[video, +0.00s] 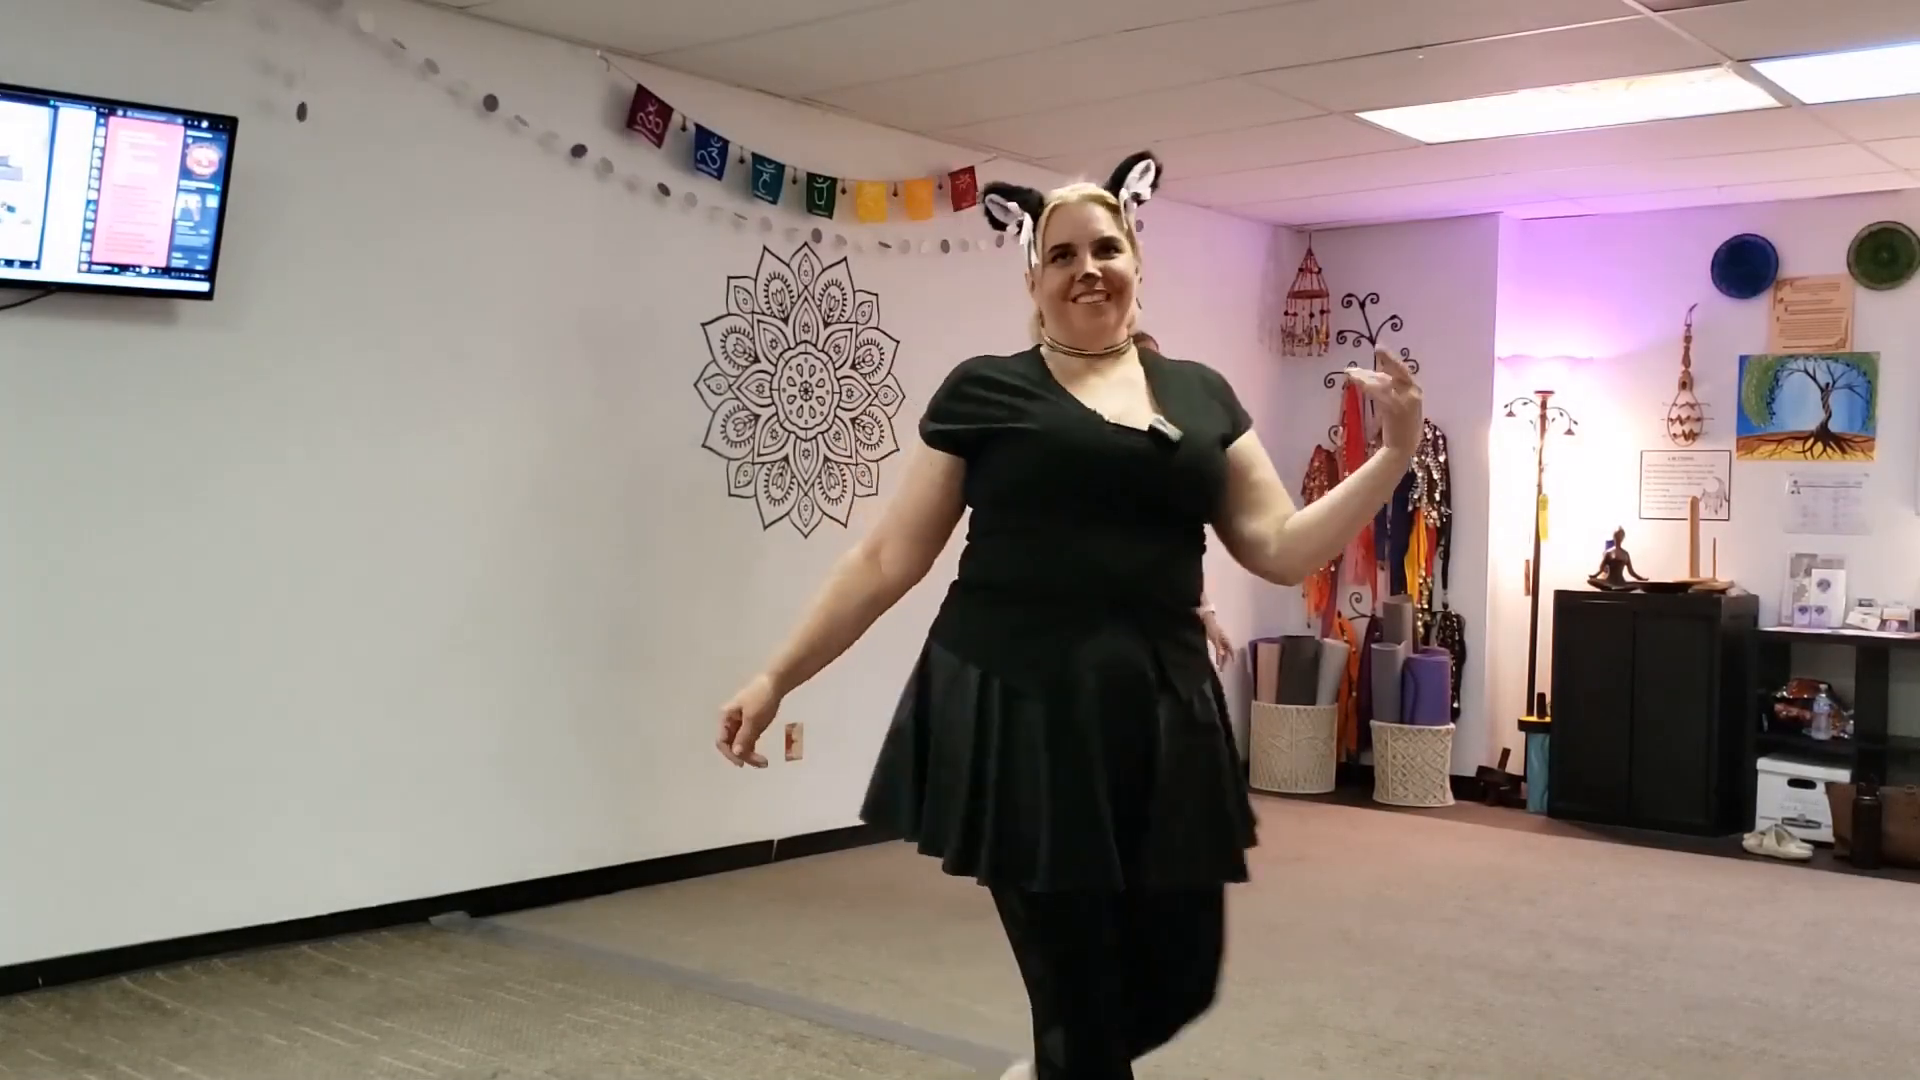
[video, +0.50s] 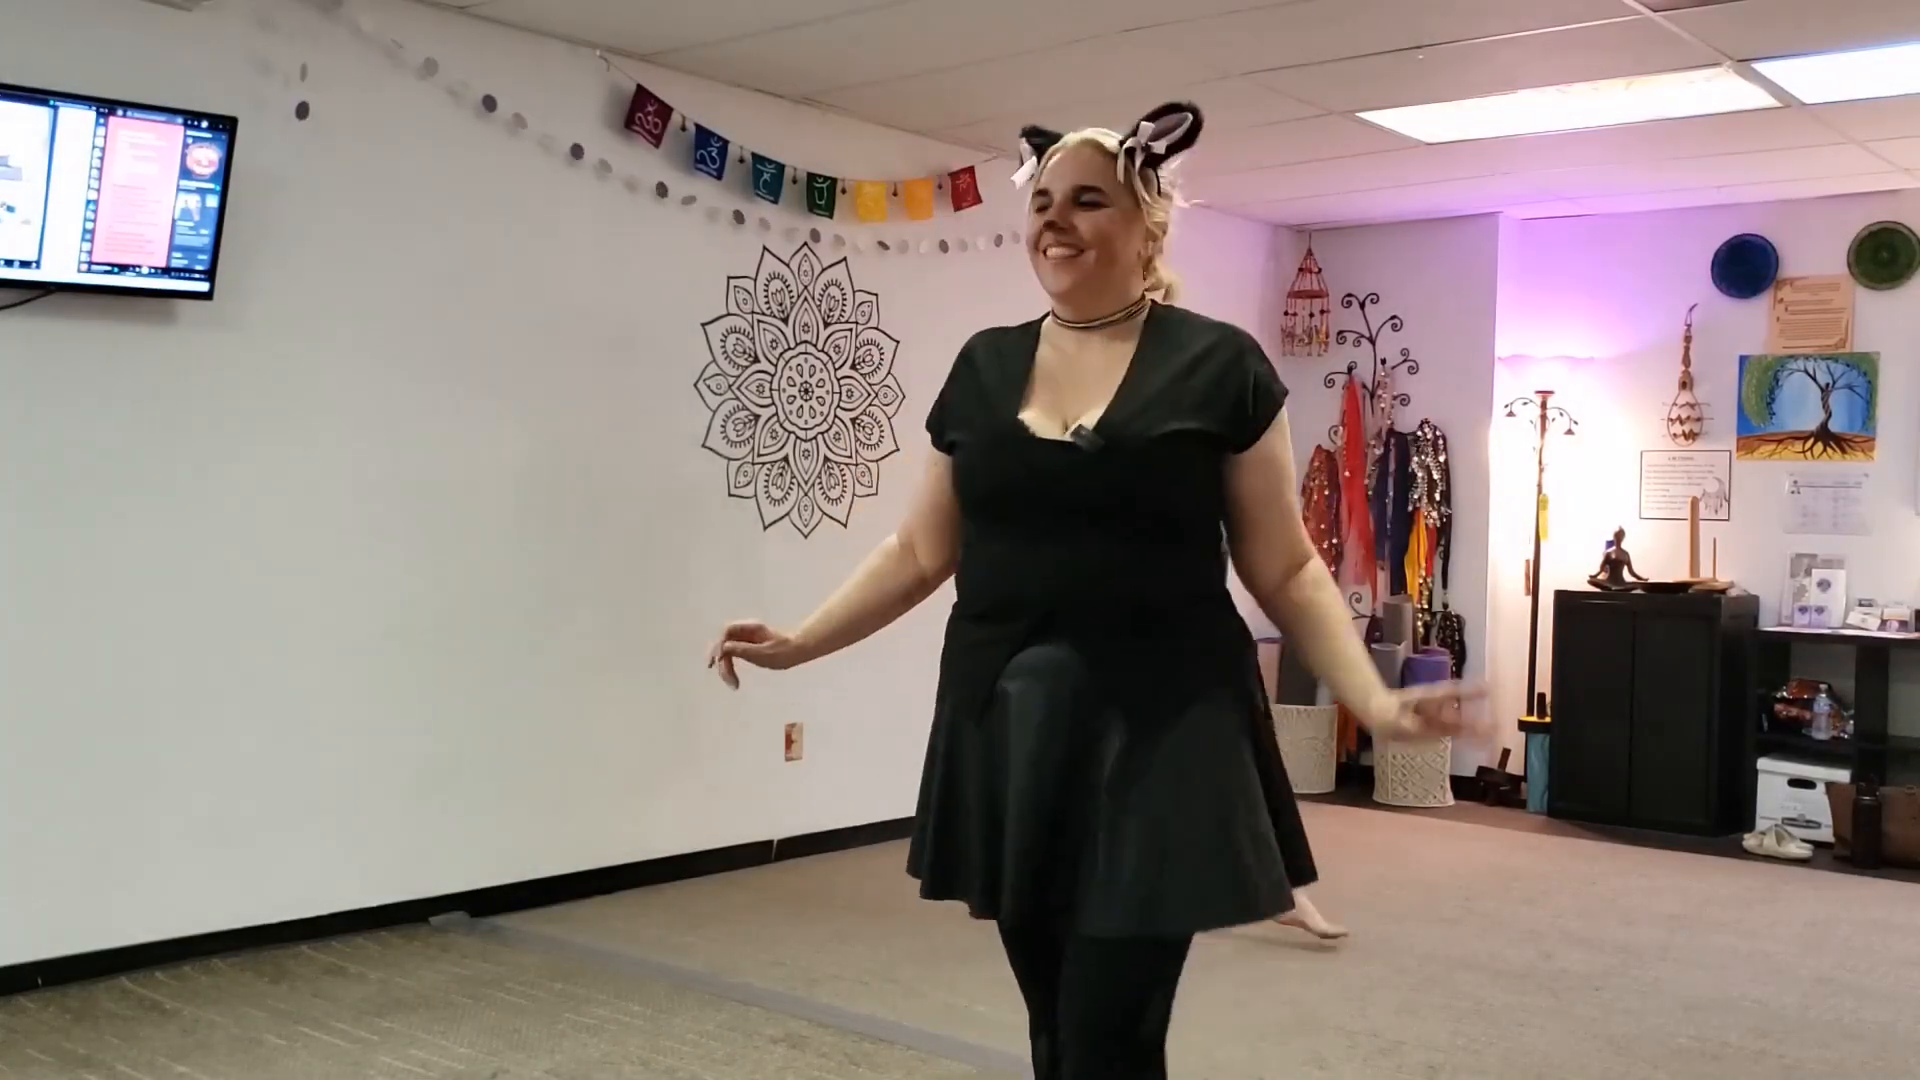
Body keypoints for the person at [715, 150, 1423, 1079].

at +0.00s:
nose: (1088, 268)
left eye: (1106, 248)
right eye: (1063, 254)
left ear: (1138, 267)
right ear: (1032, 282)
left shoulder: (1197, 397)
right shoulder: (988, 393)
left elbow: (1281, 551)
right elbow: (886, 557)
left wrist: (1395, 457)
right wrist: (773, 680)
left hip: (1159, 717)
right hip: (1012, 718)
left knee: (1180, 979)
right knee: (1079, 1006)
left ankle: (1054, 1063)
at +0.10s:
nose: (1090, 276)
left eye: (1113, 258)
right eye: (1068, 259)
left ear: (1147, 275)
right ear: (1037, 279)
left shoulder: (1207, 392)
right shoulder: (989, 401)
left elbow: (1296, 554)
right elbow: (881, 570)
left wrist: (1395, 472)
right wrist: (758, 670)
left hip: (1171, 721)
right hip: (1017, 724)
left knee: (1222, 994)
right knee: (1078, 1022)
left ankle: (1078, 1013)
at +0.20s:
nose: (1085, 266)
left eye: (1112, 250)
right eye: (1064, 248)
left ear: (1149, 276)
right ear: (1038, 274)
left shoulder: (1212, 383)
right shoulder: (984, 399)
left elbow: (1301, 549)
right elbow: (884, 566)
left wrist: (1395, 489)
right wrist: (751, 650)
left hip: (1180, 732)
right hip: (1022, 738)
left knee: (1210, 998)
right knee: (1079, 1029)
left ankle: (1159, 1049)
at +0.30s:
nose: (1081, 243)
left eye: (1108, 227)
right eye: (1061, 225)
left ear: (1150, 253)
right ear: (1037, 249)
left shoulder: (1214, 364)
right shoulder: (983, 377)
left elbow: (1299, 534)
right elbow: (894, 550)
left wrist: (1424, 547)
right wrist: (766, 637)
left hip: (1180, 718)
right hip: (1024, 721)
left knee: (1168, 996)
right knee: (1073, 1008)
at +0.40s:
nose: (1071, 227)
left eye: (1099, 208)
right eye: (1053, 209)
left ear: (1150, 228)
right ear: (1032, 230)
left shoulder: (1217, 357)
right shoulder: (985, 366)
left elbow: (1294, 539)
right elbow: (908, 544)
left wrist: (1398, 626)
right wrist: (784, 637)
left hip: (1172, 718)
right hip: (1016, 719)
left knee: (1132, 1006)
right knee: (1066, 1012)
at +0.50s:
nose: (1054, 222)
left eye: (1086, 201)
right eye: (1042, 206)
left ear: (1148, 224)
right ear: (1029, 234)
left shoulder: (1219, 369)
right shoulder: (989, 367)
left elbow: (1286, 569)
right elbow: (918, 551)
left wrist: (1374, 699)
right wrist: (803, 641)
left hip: (1164, 749)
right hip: (1010, 748)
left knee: (1103, 1047)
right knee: (1061, 1041)